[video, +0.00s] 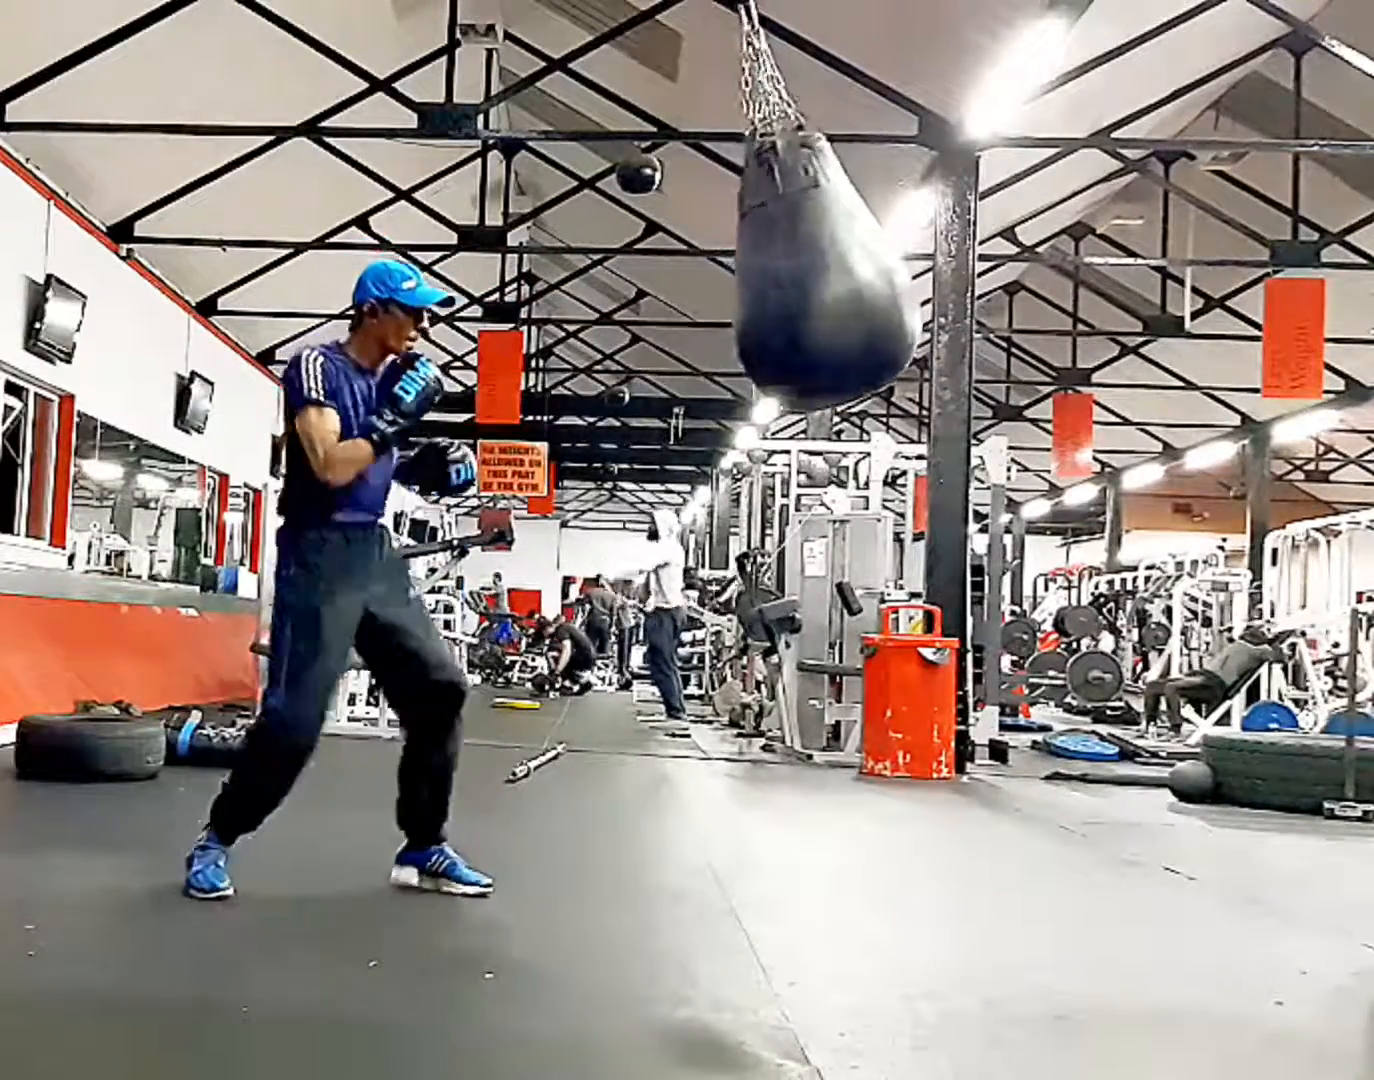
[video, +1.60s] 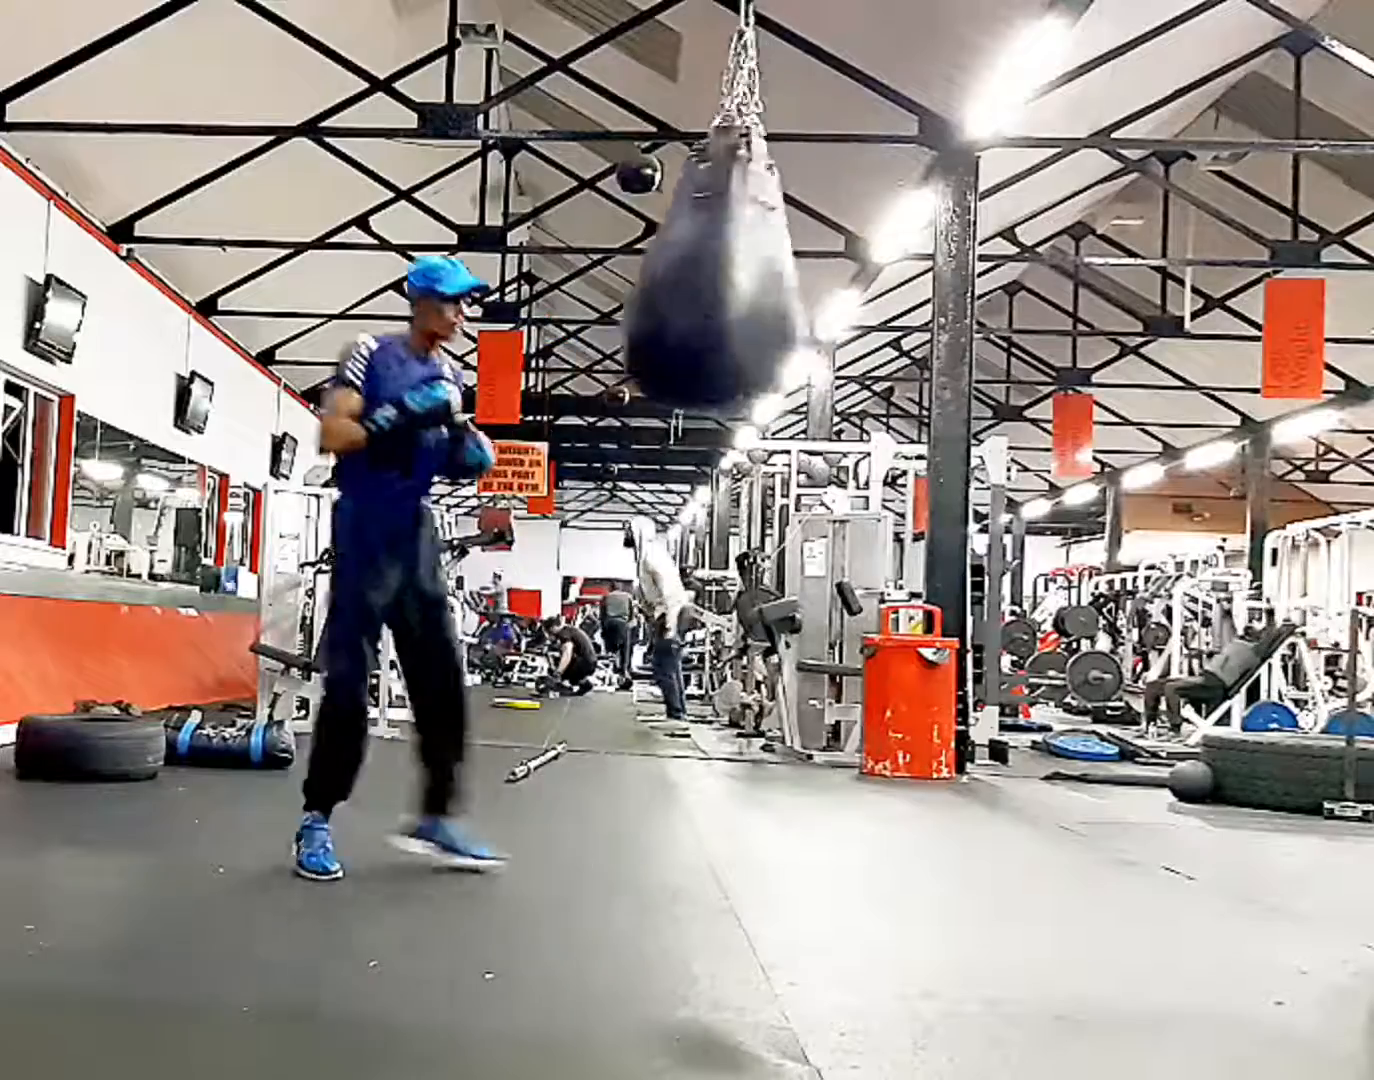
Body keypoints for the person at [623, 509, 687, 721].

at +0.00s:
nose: (649, 529)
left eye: (653, 524)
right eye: (650, 524)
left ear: (662, 527)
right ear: (667, 526)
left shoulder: (666, 548)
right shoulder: (672, 547)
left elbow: (640, 568)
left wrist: (612, 576)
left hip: (664, 610)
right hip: (670, 608)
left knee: (662, 662)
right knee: (664, 661)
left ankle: (675, 710)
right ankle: (676, 708)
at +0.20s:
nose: (643, 528)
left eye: (647, 524)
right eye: (645, 523)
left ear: (657, 527)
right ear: (662, 527)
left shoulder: (663, 550)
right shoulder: (663, 548)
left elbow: (651, 580)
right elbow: (651, 580)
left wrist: (632, 599)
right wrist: (636, 597)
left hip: (667, 611)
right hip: (666, 610)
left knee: (662, 662)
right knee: (665, 661)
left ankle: (676, 711)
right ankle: (675, 708)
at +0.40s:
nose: (638, 528)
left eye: (642, 524)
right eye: (640, 524)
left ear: (651, 526)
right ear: (657, 526)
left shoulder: (660, 549)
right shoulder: (659, 547)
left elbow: (662, 584)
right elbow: (651, 581)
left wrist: (654, 613)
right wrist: (638, 594)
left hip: (667, 610)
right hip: (672, 609)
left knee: (664, 662)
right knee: (669, 661)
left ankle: (676, 711)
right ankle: (677, 709)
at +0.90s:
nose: (638, 529)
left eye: (642, 524)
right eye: (640, 524)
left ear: (652, 527)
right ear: (655, 527)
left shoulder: (664, 550)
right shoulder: (654, 550)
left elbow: (682, 584)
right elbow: (651, 581)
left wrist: (687, 617)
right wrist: (637, 593)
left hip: (667, 613)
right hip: (661, 612)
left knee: (664, 666)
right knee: (667, 665)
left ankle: (676, 711)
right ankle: (676, 709)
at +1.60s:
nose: (624, 535)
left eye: (628, 530)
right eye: (625, 530)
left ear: (638, 532)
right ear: (642, 533)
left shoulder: (653, 557)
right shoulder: (644, 557)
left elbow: (670, 594)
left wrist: (670, 627)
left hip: (669, 618)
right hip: (661, 618)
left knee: (664, 668)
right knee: (672, 667)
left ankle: (675, 712)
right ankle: (677, 710)